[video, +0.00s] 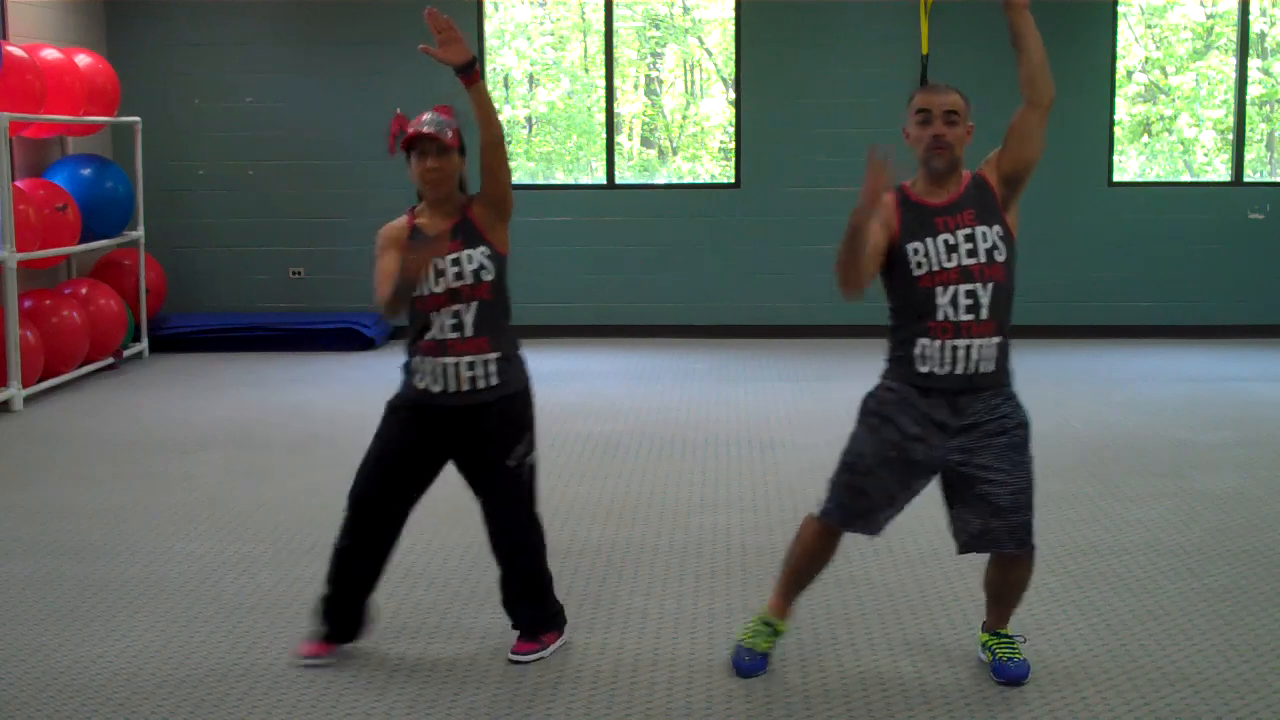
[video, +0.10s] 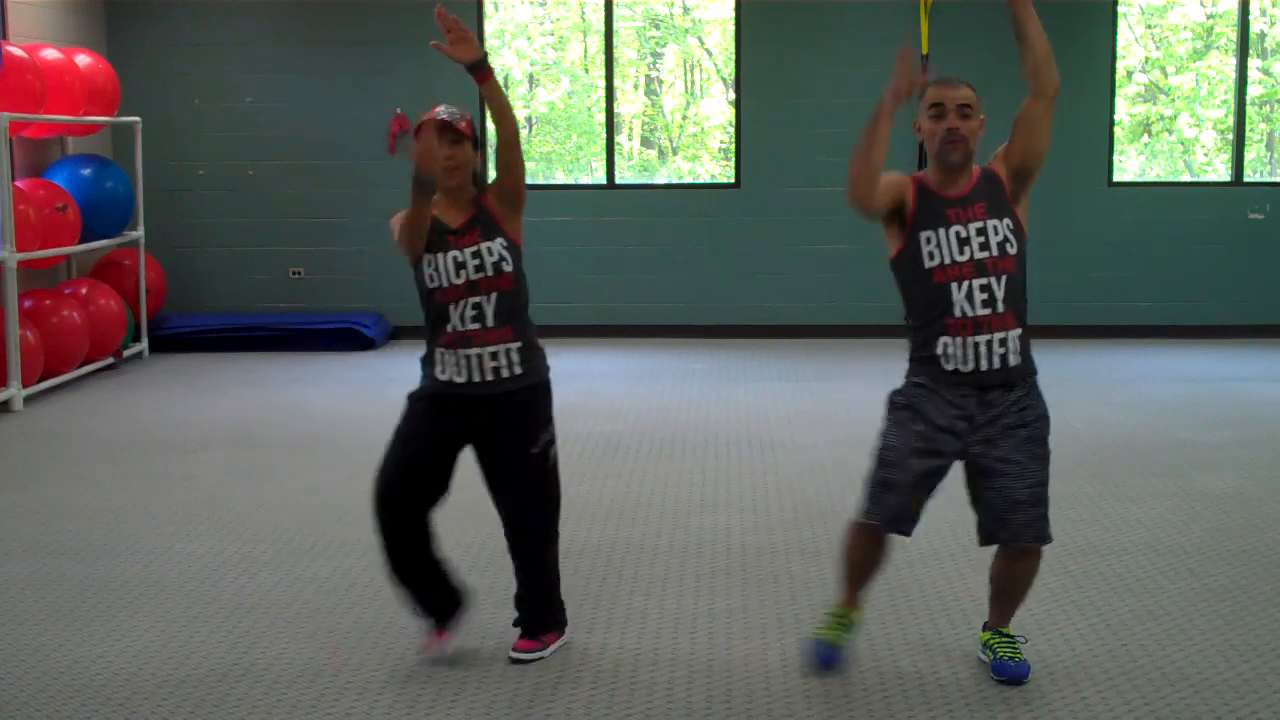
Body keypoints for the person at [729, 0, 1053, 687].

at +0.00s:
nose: (938, 127)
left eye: (951, 117)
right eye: (925, 117)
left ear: (969, 133)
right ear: (909, 132)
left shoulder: (996, 188)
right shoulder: (889, 208)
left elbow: (1040, 100)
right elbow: (852, 284)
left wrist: (1020, 12)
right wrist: (866, 207)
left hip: (989, 406)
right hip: (907, 403)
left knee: (1015, 543)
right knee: (832, 518)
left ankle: (997, 632)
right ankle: (773, 618)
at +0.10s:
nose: (953, 121)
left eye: (965, 112)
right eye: (939, 112)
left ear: (982, 126)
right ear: (919, 128)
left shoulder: (1008, 177)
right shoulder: (902, 193)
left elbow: (1044, 89)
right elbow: (862, 192)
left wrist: (1020, 5)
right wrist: (890, 100)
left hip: (1010, 397)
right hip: (930, 395)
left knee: (1026, 535)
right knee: (876, 517)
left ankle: (999, 631)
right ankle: (845, 609)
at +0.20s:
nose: (963, 115)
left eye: (975, 105)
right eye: (948, 105)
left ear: (990, 122)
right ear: (927, 124)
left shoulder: (1012, 177)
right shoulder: (910, 187)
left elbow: (1043, 78)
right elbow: (878, 114)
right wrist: (903, 23)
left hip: (1023, 388)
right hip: (948, 392)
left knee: (1034, 528)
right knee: (942, 521)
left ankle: (1001, 628)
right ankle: (920, 614)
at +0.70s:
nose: (1033, 123)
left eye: (1033, 114)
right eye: (1019, 112)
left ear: (1029, 130)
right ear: (979, 129)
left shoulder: (1043, 183)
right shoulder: (940, 185)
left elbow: (1104, 109)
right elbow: (930, 88)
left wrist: (1135, 31)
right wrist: (975, 14)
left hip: (1034, 396)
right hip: (955, 400)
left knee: (1092, 517)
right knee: (946, 534)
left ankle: (1091, 615)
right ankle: (949, 631)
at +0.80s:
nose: (1045, 120)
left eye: (1044, 110)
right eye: (1031, 109)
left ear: (1030, 124)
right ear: (988, 125)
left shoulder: (1055, 178)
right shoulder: (950, 182)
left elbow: (1134, 126)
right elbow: (943, 80)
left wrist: (1210, 67)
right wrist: (977, 10)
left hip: (1048, 396)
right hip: (968, 400)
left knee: (1106, 515)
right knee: (951, 532)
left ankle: (1148, 616)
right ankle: (949, 630)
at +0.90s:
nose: (1059, 119)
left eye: (1056, 108)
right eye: (1045, 109)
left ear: (1037, 123)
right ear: (1002, 124)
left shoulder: (1075, 175)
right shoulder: (966, 182)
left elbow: (1166, 155)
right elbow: (952, 86)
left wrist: (1250, 135)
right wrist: (983, 7)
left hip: (1069, 395)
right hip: (989, 400)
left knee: (1113, 515)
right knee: (962, 530)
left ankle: (1142, 622)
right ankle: (950, 630)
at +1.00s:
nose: (1070, 117)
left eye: (1068, 107)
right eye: (1056, 108)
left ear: (1049, 123)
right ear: (1013, 125)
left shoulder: (1088, 180)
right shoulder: (976, 184)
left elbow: (1174, 195)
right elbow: (961, 85)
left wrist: (1251, 207)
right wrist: (988, 7)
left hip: (1085, 391)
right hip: (1005, 397)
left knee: (1122, 513)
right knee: (964, 523)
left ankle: (1143, 623)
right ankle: (947, 624)